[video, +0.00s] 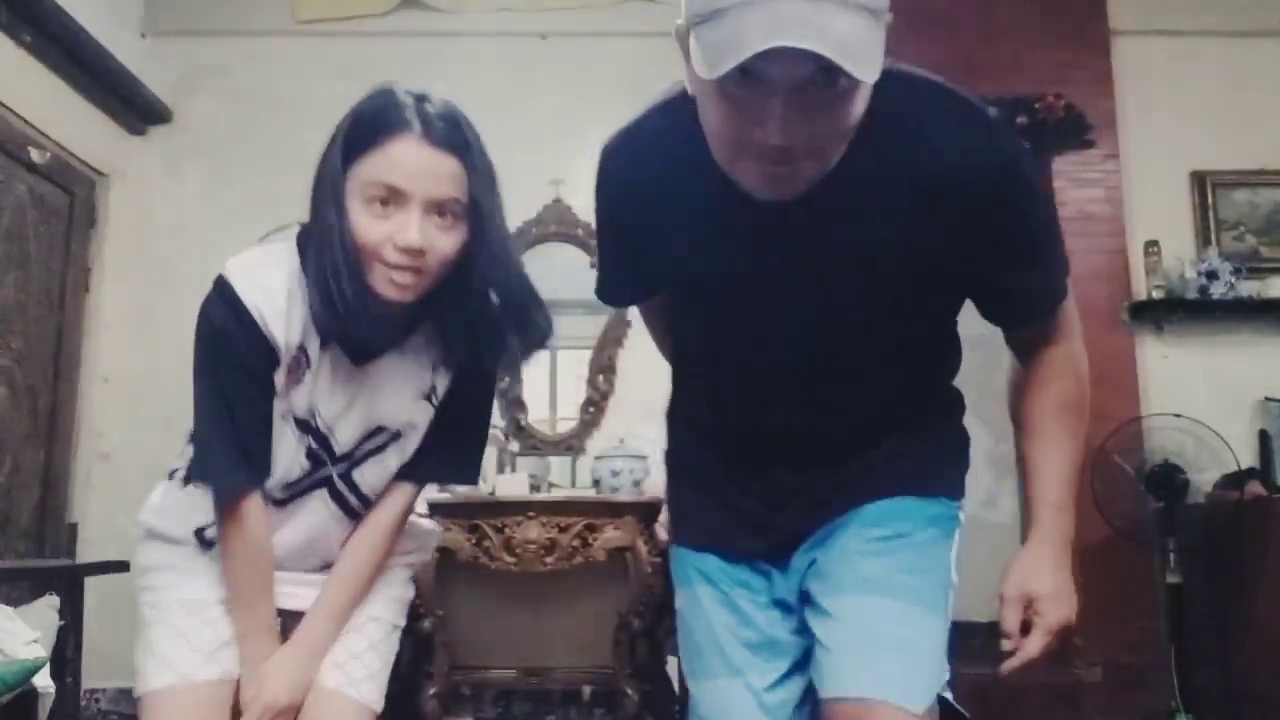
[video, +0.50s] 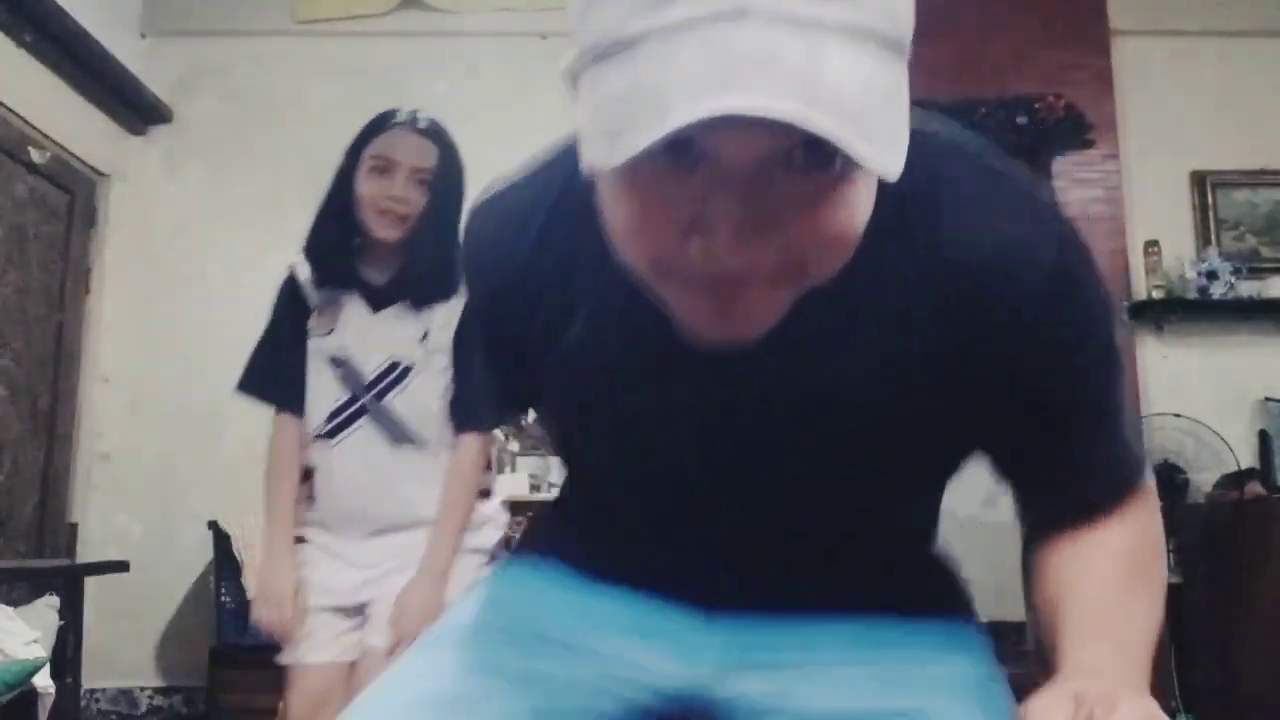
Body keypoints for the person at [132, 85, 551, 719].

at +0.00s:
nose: (411, 240)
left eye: (444, 213)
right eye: (384, 203)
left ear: (472, 228)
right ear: (336, 197)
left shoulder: (472, 332)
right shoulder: (252, 298)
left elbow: (393, 505)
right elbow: (239, 500)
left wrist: (303, 655)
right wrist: (262, 665)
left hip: (360, 561)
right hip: (210, 550)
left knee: (331, 708)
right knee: (188, 708)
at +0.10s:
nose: (398, 212)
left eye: (428, 189)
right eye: (371, 178)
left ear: (453, 206)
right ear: (324, 179)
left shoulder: (467, 306)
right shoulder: (251, 277)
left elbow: (407, 487)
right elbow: (239, 474)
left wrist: (321, 634)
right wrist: (265, 639)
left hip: (377, 557)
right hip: (231, 550)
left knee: (331, 709)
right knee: (215, 708)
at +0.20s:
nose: (387, 206)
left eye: (415, 187)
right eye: (362, 176)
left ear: (439, 207)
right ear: (319, 182)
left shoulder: (461, 315)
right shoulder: (253, 282)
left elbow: (412, 488)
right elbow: (237, 467)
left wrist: (332, 634)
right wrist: (267, 631)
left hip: (387, 562)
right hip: (257, 553)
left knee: (344, 706)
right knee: (247, 705)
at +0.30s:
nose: (379, 215)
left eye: (406, 199)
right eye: (358, 187)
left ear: (428, 218)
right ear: (320, 194)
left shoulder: (455, 321)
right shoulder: (262, 296)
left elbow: (426, 485)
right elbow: (249, 468)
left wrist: (355, 636)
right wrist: (267, 634)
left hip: (398, 568)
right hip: (278, 560)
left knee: (356, 705)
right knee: (265, 702)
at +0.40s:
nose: (381, 211)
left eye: (406, 196)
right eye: (362, 186)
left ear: (427, 215)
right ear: (328, 193)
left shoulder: (458, 315)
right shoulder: (279, 299)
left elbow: (447, 472)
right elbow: (269, 454)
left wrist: (394, 614)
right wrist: (263, 598)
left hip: (413, 562)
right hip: (300, 556)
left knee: (361, 703)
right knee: (281, 695)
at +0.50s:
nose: (398, 193)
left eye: (421, 181)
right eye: (382, 169)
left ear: (441, 199)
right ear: (350, 177)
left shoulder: (467, 299)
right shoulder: (307, 290)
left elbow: (473, 442)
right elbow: (288, 428)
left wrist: (431, 576)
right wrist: (277, 553)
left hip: (437, 543)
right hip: (330, 544)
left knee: (395, 701)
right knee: (309, 702)